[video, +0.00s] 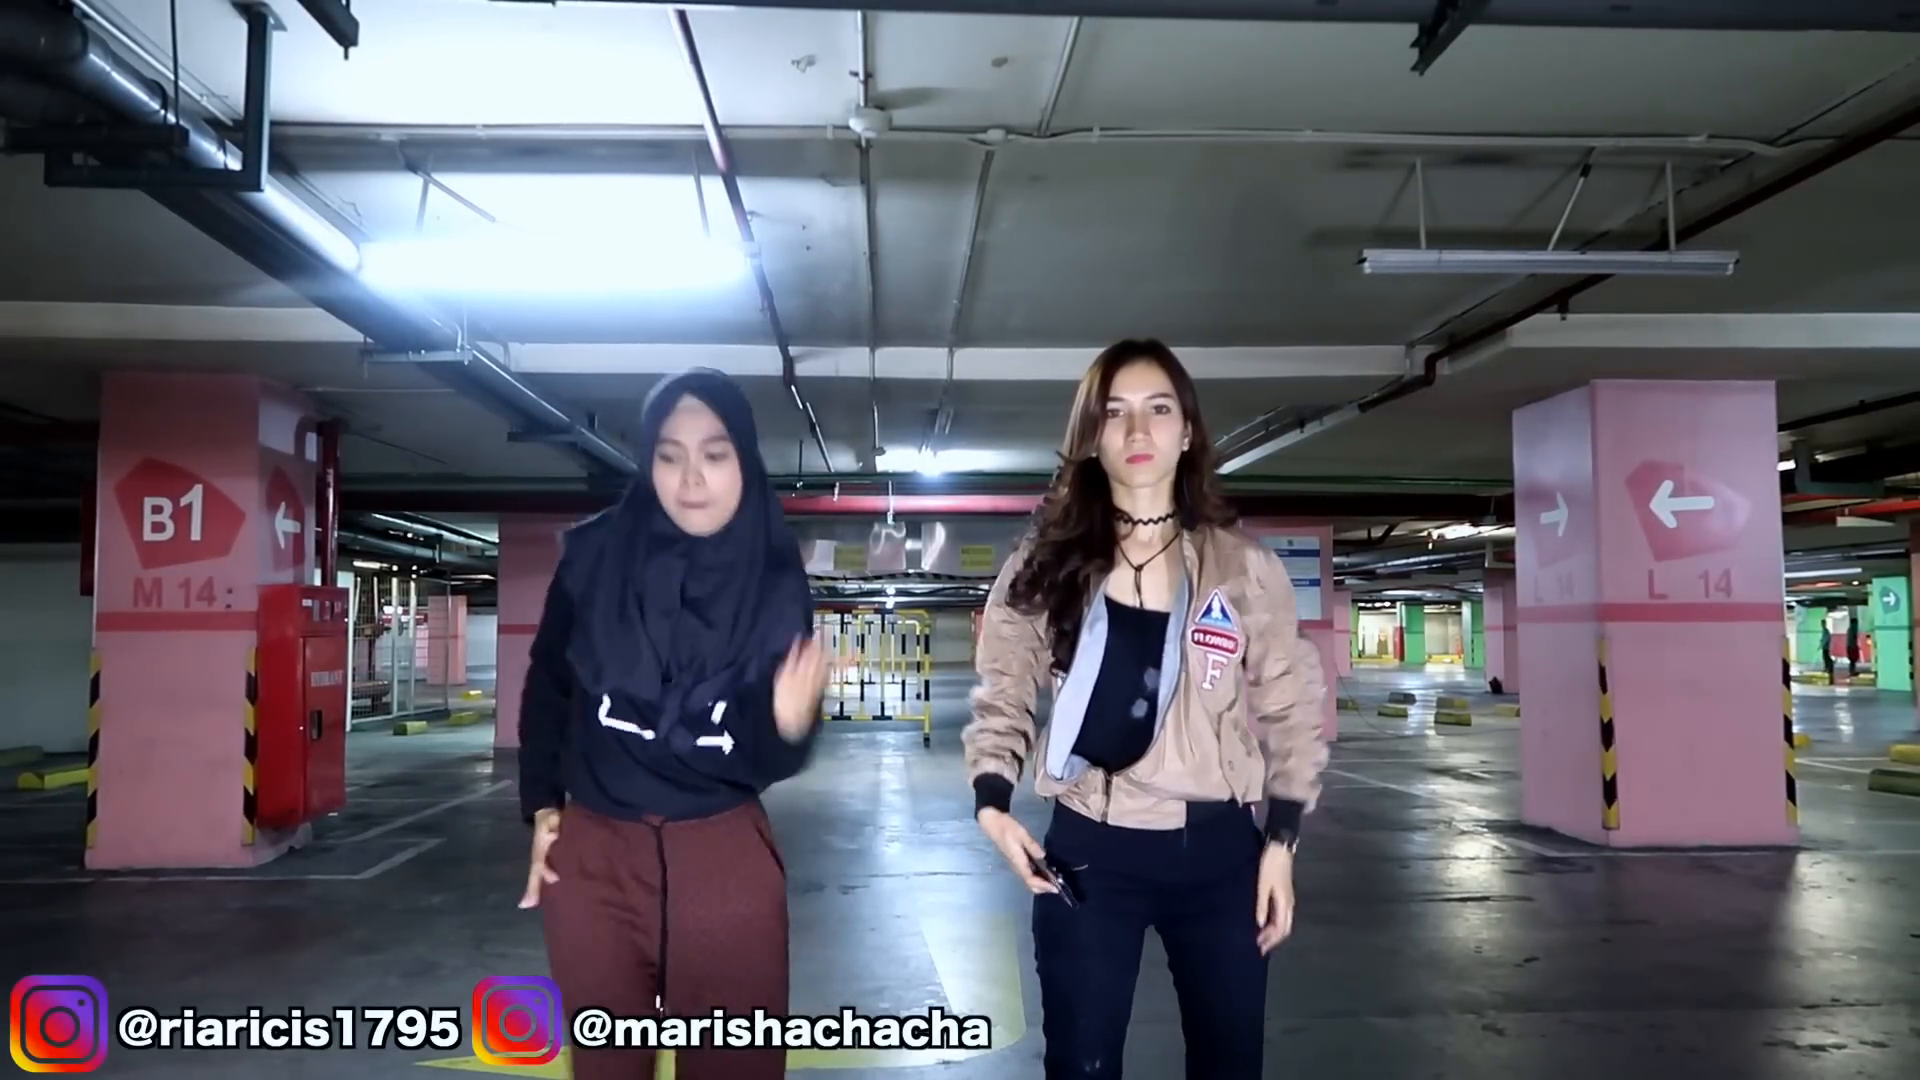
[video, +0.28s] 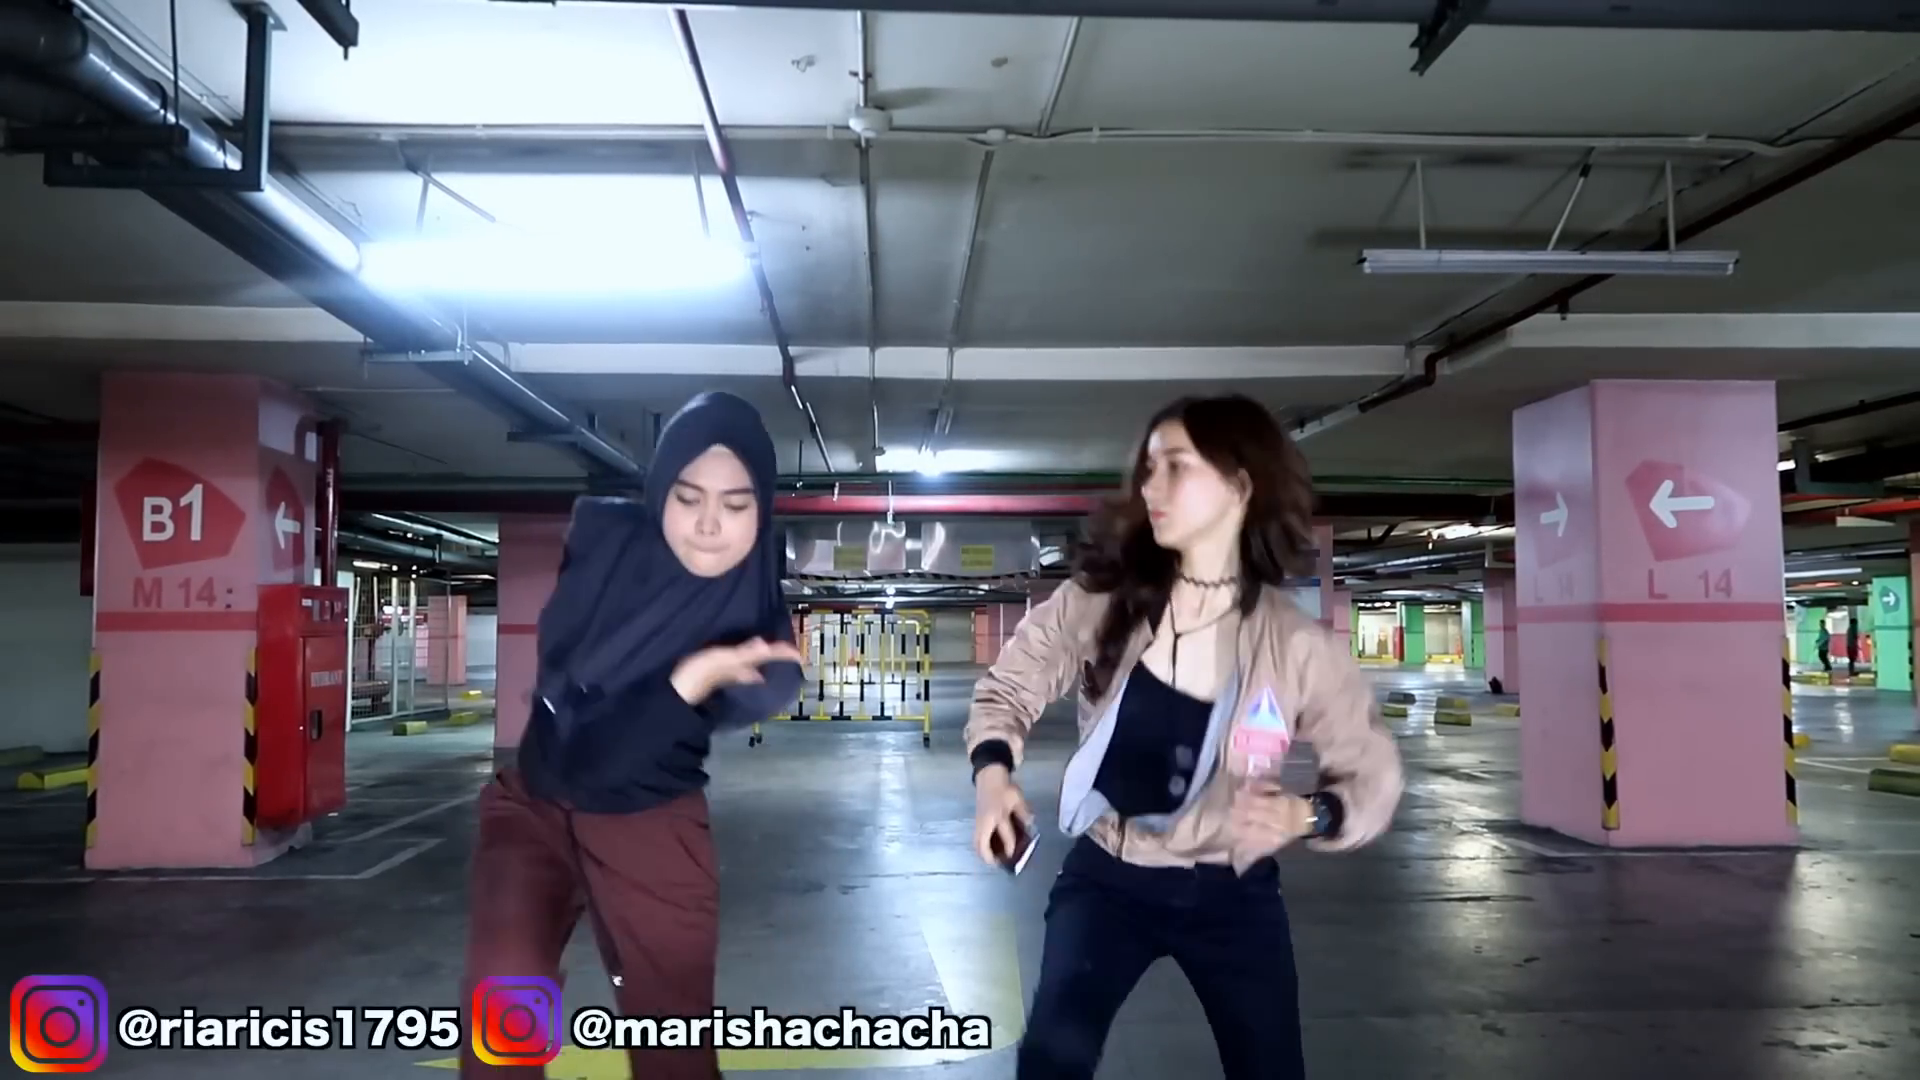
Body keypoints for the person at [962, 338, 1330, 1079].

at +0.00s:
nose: (1137, 428)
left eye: (1158, 408)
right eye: (1116, 412)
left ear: (1187, 431)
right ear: (1090, 436)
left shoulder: (1246, 566)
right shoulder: (1044, 563)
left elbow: (1292, 711)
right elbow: (1005, 689)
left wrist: (1281, 842)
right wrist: (992, 802)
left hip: (1221, 854)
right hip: (1089, 852)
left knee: (1230, 1066)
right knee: (1080, 1067)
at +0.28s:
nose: (1150, 489)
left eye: (1176, 465)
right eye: (1149, 470)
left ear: (1242, 485)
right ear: (1140, 485)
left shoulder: (1299, 645)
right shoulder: (1100, 598)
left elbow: (1376, 779)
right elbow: (1008, 689)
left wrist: (1307, 815)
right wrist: (992, 774)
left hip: (1233, 895)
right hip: (1105, 882)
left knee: (1270, 1070)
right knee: (1053, 1052)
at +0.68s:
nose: (1204, 451)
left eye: (1230, 438)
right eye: (1186, 435)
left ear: (1260, 469)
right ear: (1159, 460)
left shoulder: (1282, 623)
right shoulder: (1100, 563)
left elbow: (1289, 793)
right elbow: (981, 569)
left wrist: (1269, 665)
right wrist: (931, 645)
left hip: (1184, 891)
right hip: (1062, 868)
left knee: (1194, 1071)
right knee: (916, 1051)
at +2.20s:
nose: (1213, 449)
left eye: (1232, 432)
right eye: (1191, 432)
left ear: (1256, 457)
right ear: (1156, 456)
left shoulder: (1293, 591)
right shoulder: (1096, 567)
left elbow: (1400, 709)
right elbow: (982, 631)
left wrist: (1358, 626)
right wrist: (950, 678)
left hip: (1214, 857)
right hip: (1087, 849)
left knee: (1242, 1067)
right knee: (1037, 1062)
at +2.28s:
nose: (1182, 456)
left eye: (1194, 440)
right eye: (1157, 438)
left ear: (1207, 459)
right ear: (1106, 461)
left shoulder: (1246, 592)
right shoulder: (1044, 594)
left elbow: (1317, 691)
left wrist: (1338, 716)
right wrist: (988, 729)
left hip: (1203, 872)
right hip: (1079, 872)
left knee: (1259, 1066)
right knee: (1044, 1068)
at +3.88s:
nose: (1182, 496)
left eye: (1203, 475)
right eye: (1162, 479)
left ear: (1234, 491)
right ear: (1141, 500)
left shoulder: (1293, 619)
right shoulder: (1100, 618)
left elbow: (1352, 722)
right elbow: (1032, 752)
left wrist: (1400, 657)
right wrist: (1019, 678)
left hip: (1232, 904)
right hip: (1106, 900)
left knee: (1333, 1068)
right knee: (1023, 1067)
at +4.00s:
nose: (1171, 506)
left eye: (1191, 487)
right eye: (1151, 490)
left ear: (1223, 507)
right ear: (1129, 512)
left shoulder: (1264, 642)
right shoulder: (1077, 623)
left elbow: (1310, 766)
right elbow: (987, 721)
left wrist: (1381, 697)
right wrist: (994, 663)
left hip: (1240, 911)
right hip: (1114, 914)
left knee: (1349, 1069)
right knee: (1030, 1070)